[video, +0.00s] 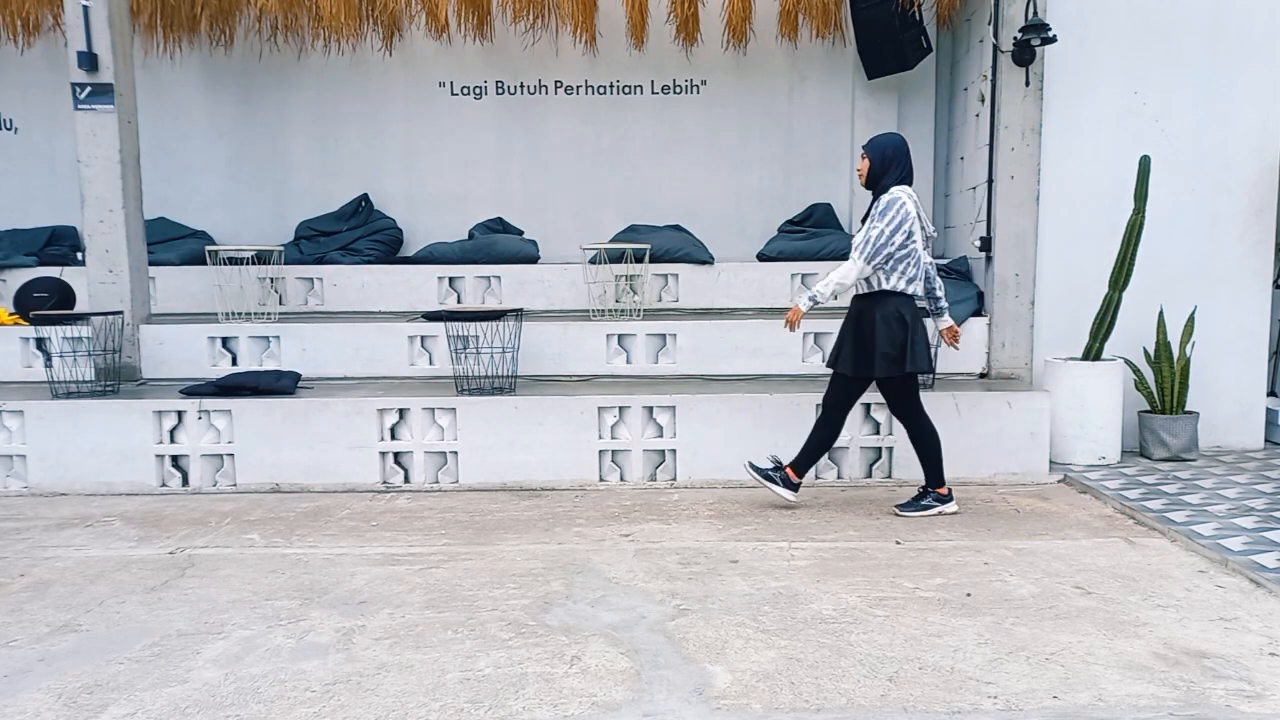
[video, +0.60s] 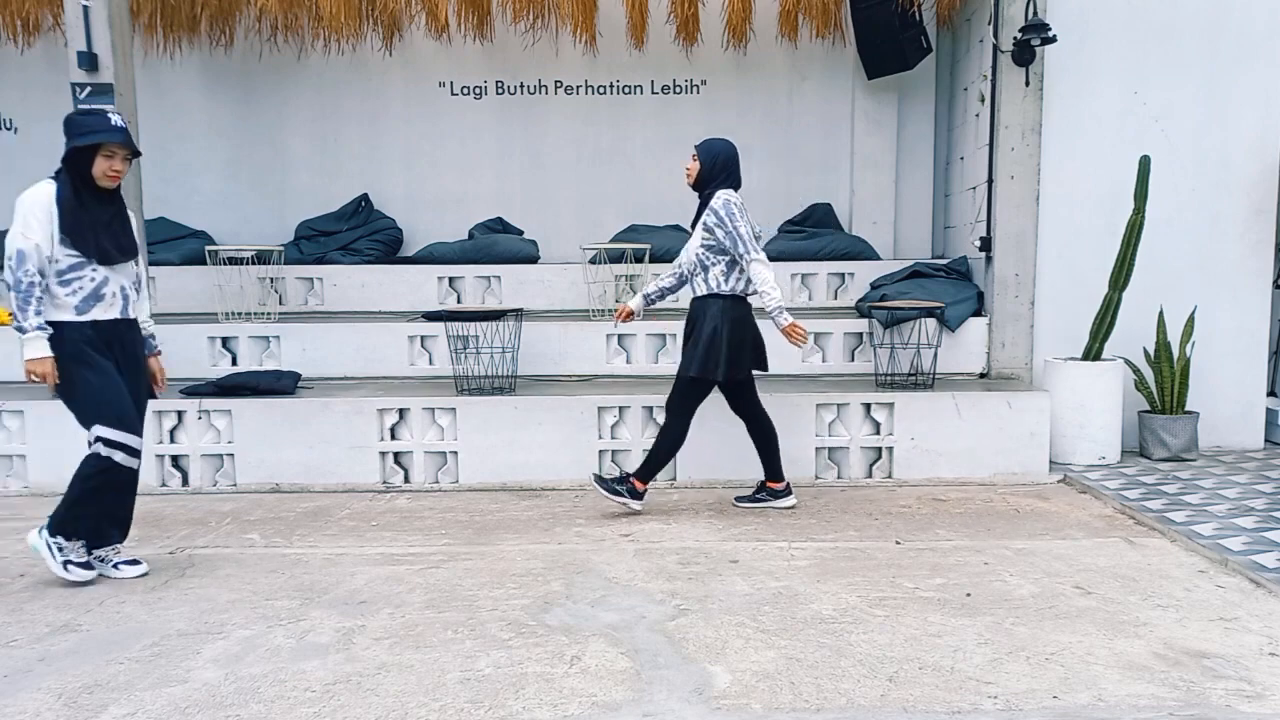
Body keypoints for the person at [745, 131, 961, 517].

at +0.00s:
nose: (859, 166)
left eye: (865, 158)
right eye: (861, 158)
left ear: (883, 162)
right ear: (891, 162)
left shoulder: (894, 201)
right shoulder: (902, 201)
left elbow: (860, 262)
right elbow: (924, 265)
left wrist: (809, 298)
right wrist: (943, 316)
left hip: (884, 315)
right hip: (882, 314)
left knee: (906, 406)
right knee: (837, 401)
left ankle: (939, 491)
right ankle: (792, 476)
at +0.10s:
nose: (831, 167)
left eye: (837, 160)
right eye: (833, 160)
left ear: (856, 164)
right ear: (862, 165)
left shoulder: (865, 203)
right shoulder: (866, 204)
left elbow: (833, 268)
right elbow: (895, 266)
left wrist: (784, 304)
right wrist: (919, 316)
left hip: (861, 318)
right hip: (843, 319)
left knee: (883, 409)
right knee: (804, 397)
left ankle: (934, 486)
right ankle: (785, 484)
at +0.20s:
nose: (802, 166)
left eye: (808, 159)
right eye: (804, 159)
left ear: (825, 163)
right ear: (832, 164)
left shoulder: (833, 200)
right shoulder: (835, 202)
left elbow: (814, 269)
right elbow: (858, 272)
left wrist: (777, 315)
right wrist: (874, 325)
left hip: (825, 315)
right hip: (809, 316)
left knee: (841, 412)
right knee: (781, 398)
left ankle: (915, 474)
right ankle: (777, 486)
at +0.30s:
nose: (773, 162)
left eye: (779, 155)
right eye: (776, 154)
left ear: (796, 160)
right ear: (798, 161)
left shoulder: (804, 197)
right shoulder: (796, 199)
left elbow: (802, 268)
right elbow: (796, 268)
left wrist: (788, 326)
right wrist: (778, 321)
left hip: (795, 310)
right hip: (781, 308)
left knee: (782, 410)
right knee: (770, 403)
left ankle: (859, 459)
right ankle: (777, 486)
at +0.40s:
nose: (745, 157)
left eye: (751, 151)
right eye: (747, 150)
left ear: (768, 156)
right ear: (773, 158)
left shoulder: (778, 192)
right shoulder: (770, 195)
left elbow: (793, 259)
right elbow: (786, 261)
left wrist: (799, 319)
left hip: (769, 306)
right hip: (766, 304)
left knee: (730, 397)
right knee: (768, 399)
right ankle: (775, 482)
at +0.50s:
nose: (716, 160)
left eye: (723, 154)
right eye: (719, 153)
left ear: (740, 159)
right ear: (744, 161)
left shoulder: (752, 195)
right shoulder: (739, 203)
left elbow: (778, 255)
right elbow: (718, 269)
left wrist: (796, 313)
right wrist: (687, 310)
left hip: (748, 312)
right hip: (750, 312)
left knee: (701, 393)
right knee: (764, 403)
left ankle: (701, 485)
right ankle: (778, 486)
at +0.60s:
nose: (688, 166)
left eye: (694, 160)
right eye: (690, 159)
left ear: (712, 165)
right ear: (712, 166)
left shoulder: (724, 201)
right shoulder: (712, 209)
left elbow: (754, 259)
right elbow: (683, 270)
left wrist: (780, 315)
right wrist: (639, 301)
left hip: (716, 316)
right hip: (723, 315)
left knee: (680, 406)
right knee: (747, 405)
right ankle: (776, 485)